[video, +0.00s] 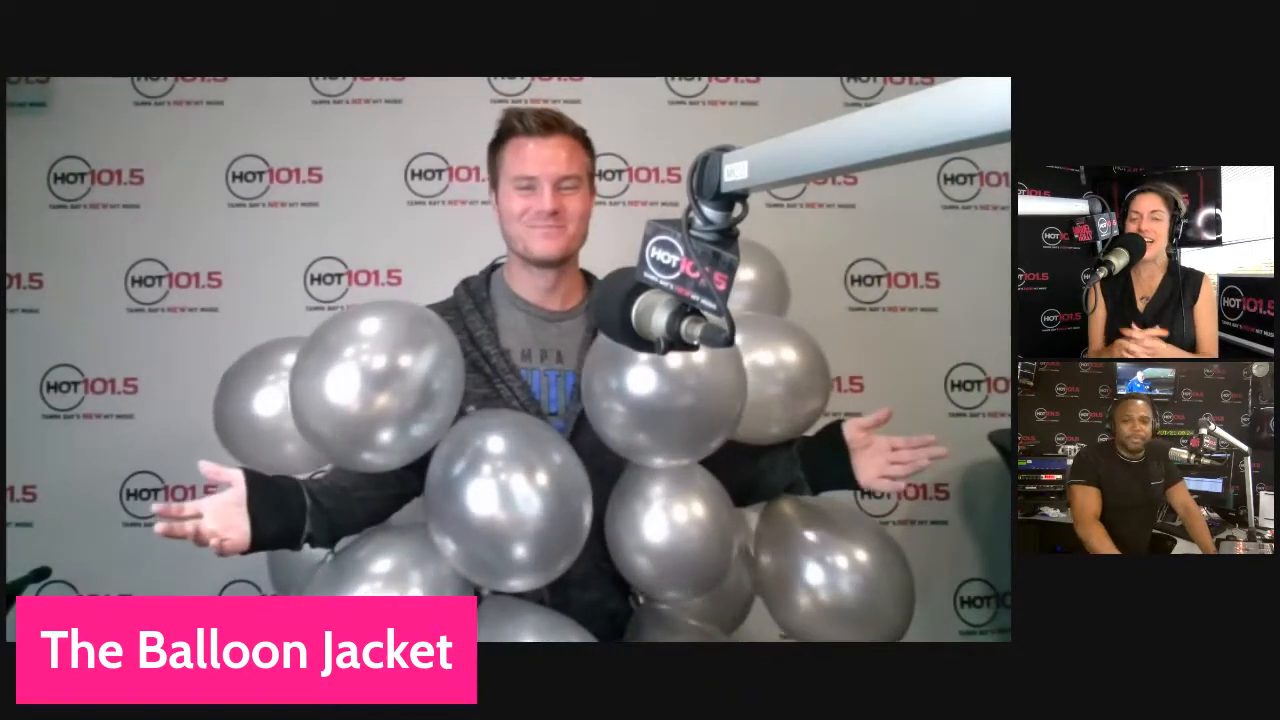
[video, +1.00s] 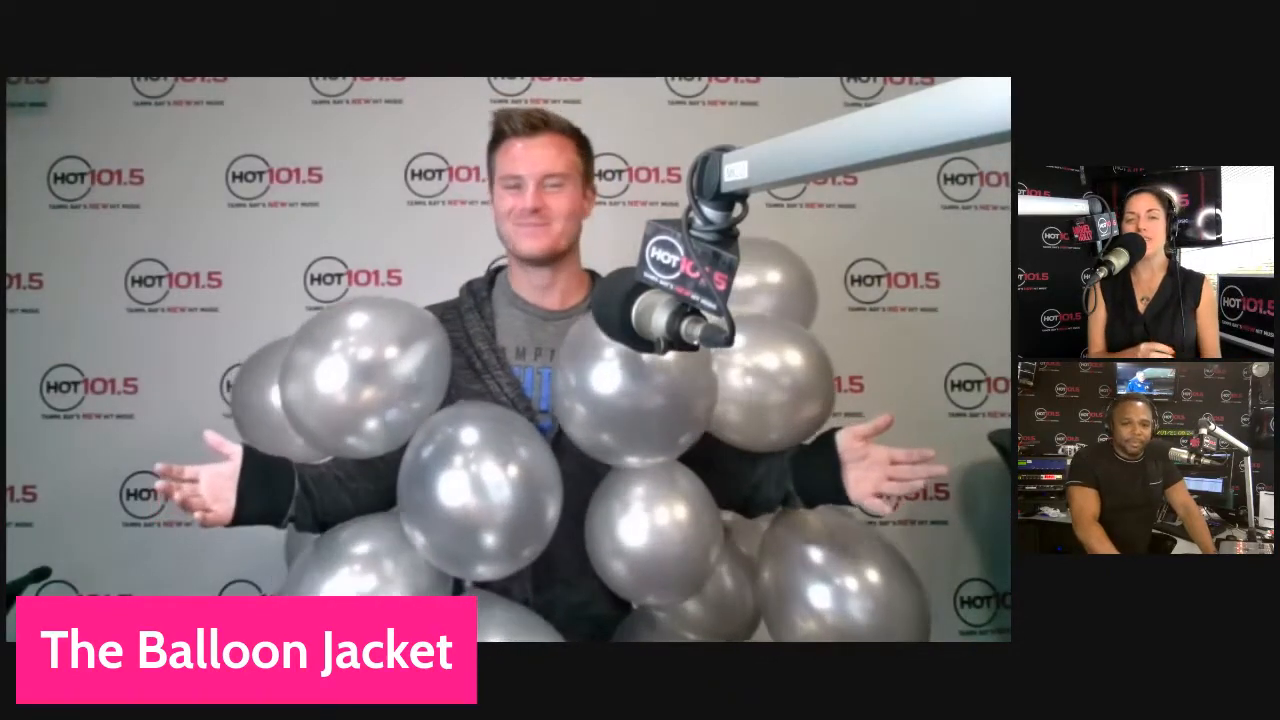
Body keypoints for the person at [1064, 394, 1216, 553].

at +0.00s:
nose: (1137, 428)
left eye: (1144, 421)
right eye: (1127, 421)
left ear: (1153, 427)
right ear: (1113, 426)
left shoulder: (1159, 459)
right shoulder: (1091, 460)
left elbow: (1188, 509)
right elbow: (1087, 524)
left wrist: (1212, 553)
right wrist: (1121, 565)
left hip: (1143, 557)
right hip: (1099, 557)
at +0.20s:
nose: (1135, 427)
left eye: (1142, 420)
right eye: (1125, 420)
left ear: (1151, 426)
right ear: (1112, 426)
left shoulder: (1158, 459)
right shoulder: (1089, 460)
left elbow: (1188, 509)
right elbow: (1087, 524)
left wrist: (1212, 553)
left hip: (1143, 556)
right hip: (1099, 557)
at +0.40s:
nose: (1134, 429)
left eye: (1142, 422)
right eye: (1125, 422)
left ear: (1151, 427)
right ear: (1111, 427)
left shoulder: (1158, 458)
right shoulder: (1088, 461)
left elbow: (1188, 509)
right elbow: (1086, 525)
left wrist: (1211, 553)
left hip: (1144, 556)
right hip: (1100, 557)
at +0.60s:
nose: (1135, 430)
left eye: (1142, 423)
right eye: (1125, 422)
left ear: (1151, 428)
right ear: (1111, 427)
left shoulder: (1158, 457)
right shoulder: (1088, 461)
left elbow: (1188, 509)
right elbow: (1086, 525)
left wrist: (1211, 553)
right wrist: (1120, 565)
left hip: (1143, 556)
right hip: (1099, 557)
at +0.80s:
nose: (1136, 431)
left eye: (1144, 423)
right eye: (1126, 423)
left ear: (1152, 428)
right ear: (1111, 428)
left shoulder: (1158, 458)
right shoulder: (1088, 461)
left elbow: (1188, 509)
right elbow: (1086, 525)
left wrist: (1211, 553)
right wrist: (1120, 565)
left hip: (1143, 556)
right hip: (1099, 557)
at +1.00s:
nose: (1137, 431)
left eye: (1144, 424)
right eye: (1127, 423)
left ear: (1153, 429)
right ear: (1111, 427)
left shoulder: (1158, 458)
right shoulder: (1088, 461)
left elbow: (1188, 509)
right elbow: (1086, 525)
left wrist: (1211, 553)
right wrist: (1120, 566)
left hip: (1143, 557)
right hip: (1098, 559)